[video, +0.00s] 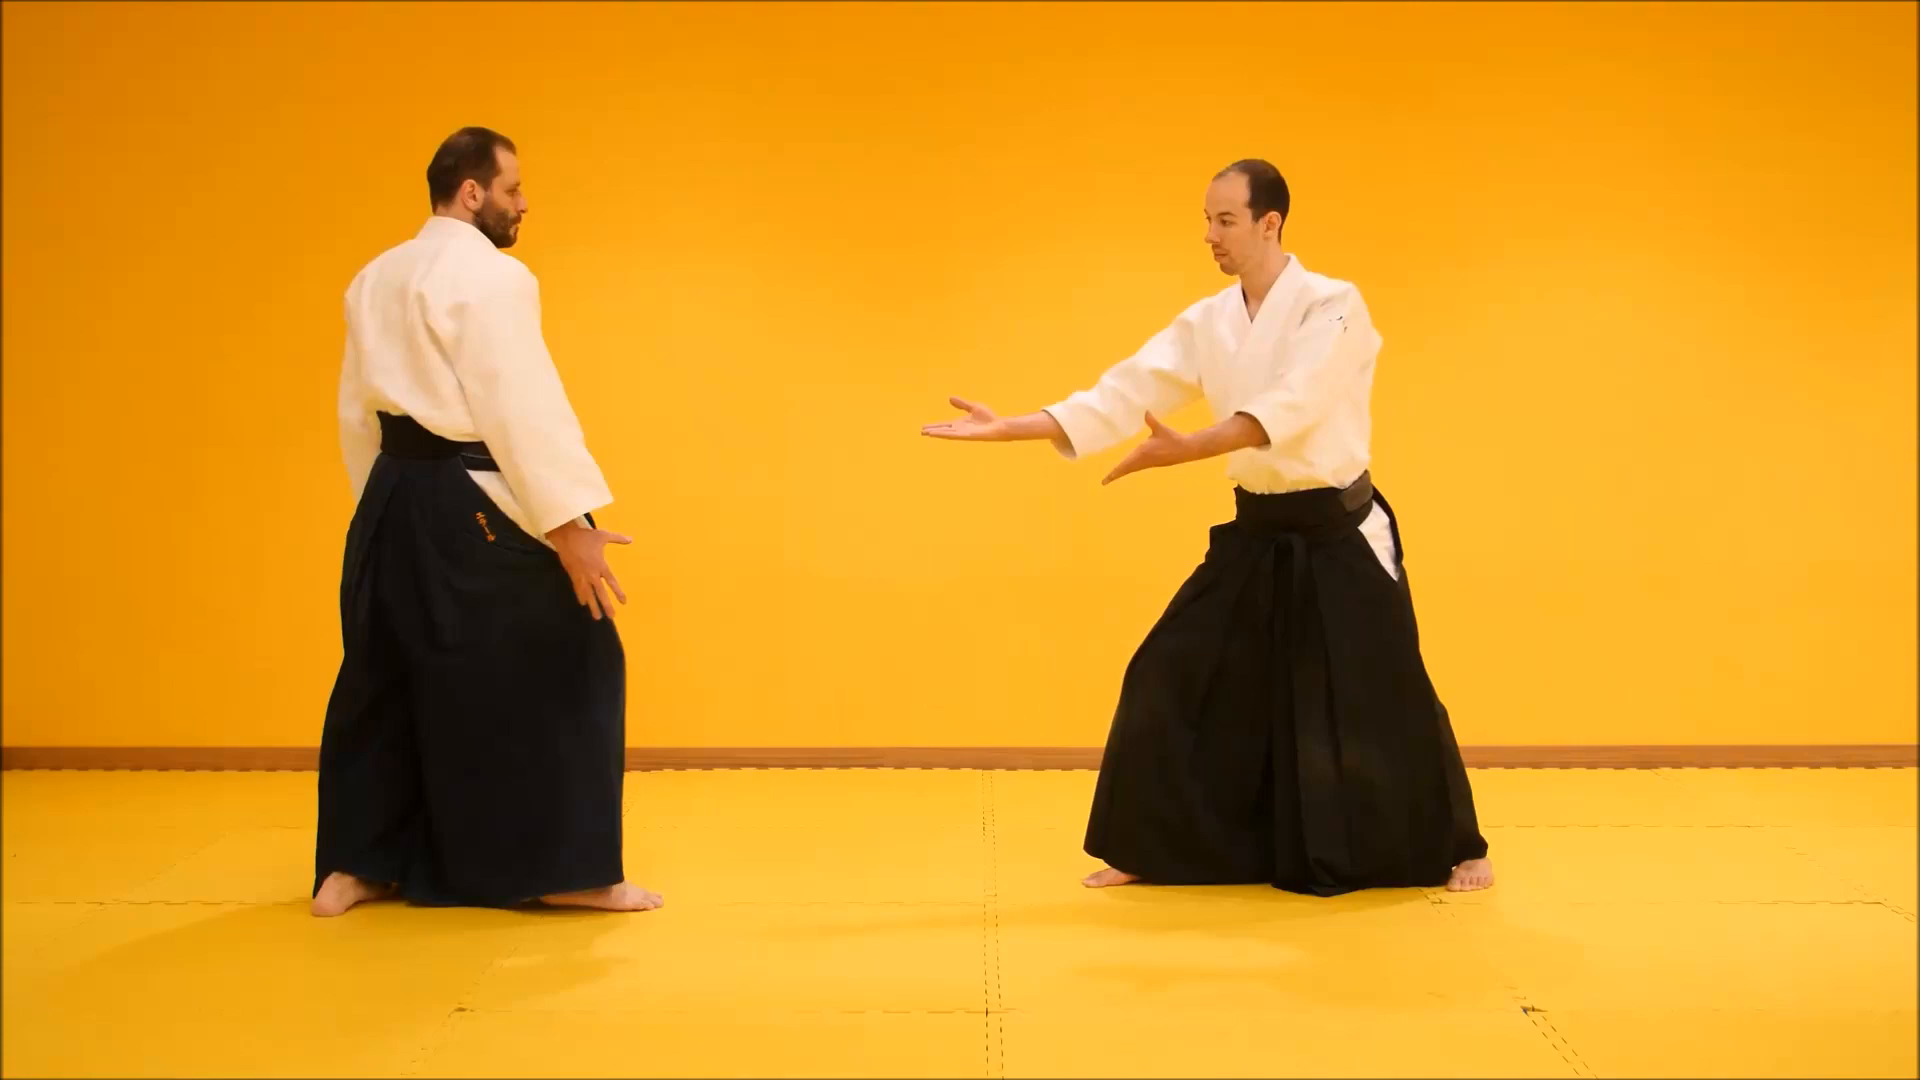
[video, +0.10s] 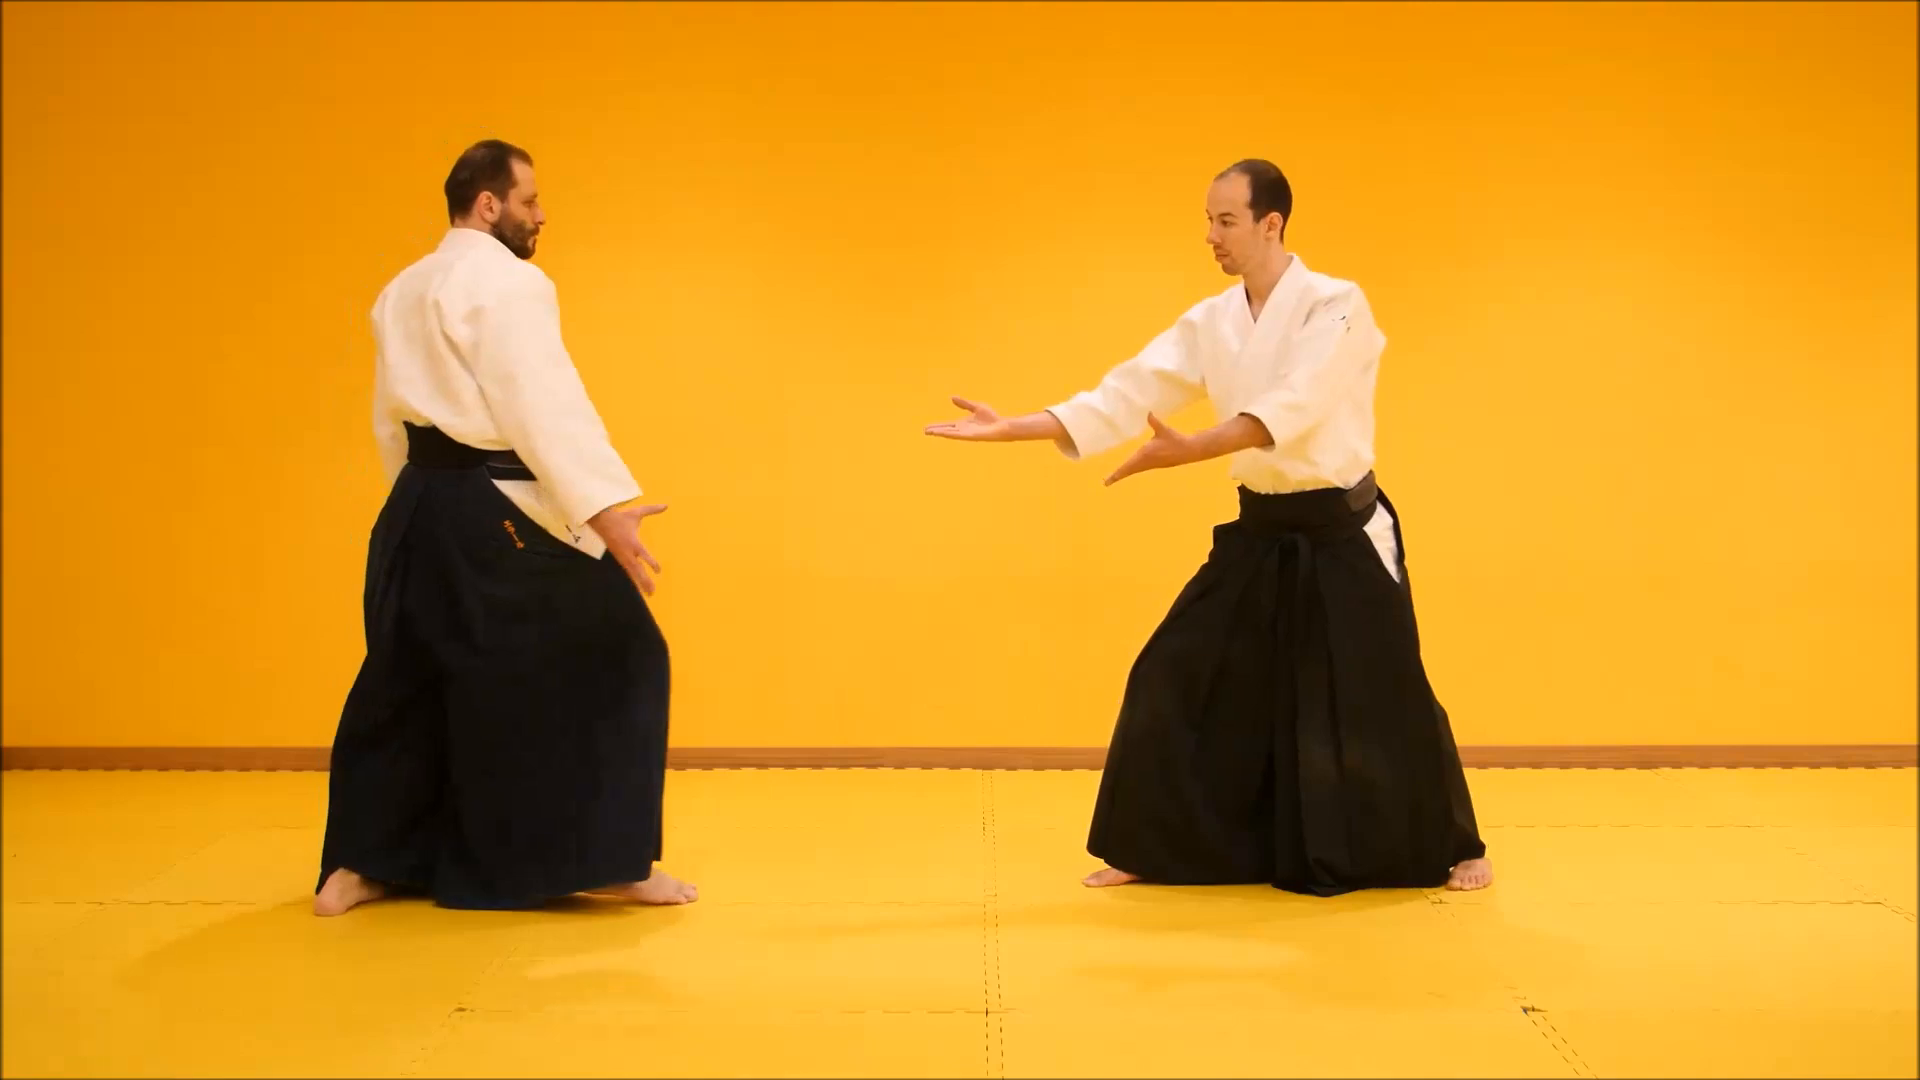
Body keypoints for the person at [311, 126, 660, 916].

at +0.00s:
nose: (523, 205)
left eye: (522, 191)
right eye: (513, 191)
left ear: (453, 193)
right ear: (472, 191)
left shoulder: (375, 278)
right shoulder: (487, 277)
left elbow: (357, 416)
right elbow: (522, 410)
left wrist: (382, 505)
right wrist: (569, 529)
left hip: (394, 502)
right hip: (482, 504)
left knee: (382, 679)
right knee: (585, 655)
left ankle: (351, 866)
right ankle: (575, 867)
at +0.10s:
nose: (540, 217)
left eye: (539, 203)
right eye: (529, 203)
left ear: (470, 206)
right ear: (488, 203)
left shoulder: (400, 292)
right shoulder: (506, 284)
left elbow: (391, 423)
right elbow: (545, 404)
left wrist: (416, 503)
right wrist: (605, 511)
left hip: (420, 509)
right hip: (509, 510)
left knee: (403, 682)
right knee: (632, 657)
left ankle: (356, 864)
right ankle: (620, 857)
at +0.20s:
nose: (578, 240)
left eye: (576, 225)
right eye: (568, 226)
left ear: (509, 232)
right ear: (525, 227)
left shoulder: (446, 309)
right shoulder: (536, 299)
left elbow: (456, 432)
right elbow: (581, 407)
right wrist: (669, 480)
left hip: (455, 525)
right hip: (538, 528)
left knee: (434, 692)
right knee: (681, 659)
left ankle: (359, 861)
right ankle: (712, 851)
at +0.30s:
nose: (641, 265)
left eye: (639, 249)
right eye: (631, 249)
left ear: (577, 254)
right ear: (586, 254)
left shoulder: (524, 319)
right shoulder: (593, 320)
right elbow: (648, 414)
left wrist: (726, 475)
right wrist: (765, 450)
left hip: (503, 541)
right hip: (579, 549)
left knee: (465, 703)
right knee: (725, 671)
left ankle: (356, 861)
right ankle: (826, 837)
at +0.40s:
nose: (724, 268)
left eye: (722, 253)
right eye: (714, 254)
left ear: (659, 261)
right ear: (671, 258)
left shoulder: (625, 323)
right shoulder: (655, 332)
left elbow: (740, 414)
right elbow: (744, 410)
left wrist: (859, 423)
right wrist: (879, 427)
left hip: (590, 545)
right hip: (644, 553)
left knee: (520, 700)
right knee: (801, 674)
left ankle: (367, 837)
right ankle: (878, 851)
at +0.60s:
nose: (874, 236)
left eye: (871, 221)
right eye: (865, 222)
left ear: (814, 232)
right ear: (829, 230)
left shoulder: (793, 298)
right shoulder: (808, 313)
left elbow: (922, 354)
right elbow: (871, 427)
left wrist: (1008, 380)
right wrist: (984, 424)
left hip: (762, 515)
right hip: (803, 523)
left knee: (730, 681)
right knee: (927, 668)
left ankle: (586, 780)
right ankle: (904, 855)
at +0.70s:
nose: (918, 219)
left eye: (916, 205)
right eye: (912, 206)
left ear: (853, 213)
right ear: (879, 212)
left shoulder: (841, 278)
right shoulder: (857, 300)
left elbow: (954, 321)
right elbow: (910, 428)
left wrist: (1045, 336)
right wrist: (990, 421)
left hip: (821, 497)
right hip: (861, 508)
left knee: (829, 661)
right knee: (949, 659)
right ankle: (895, 853)